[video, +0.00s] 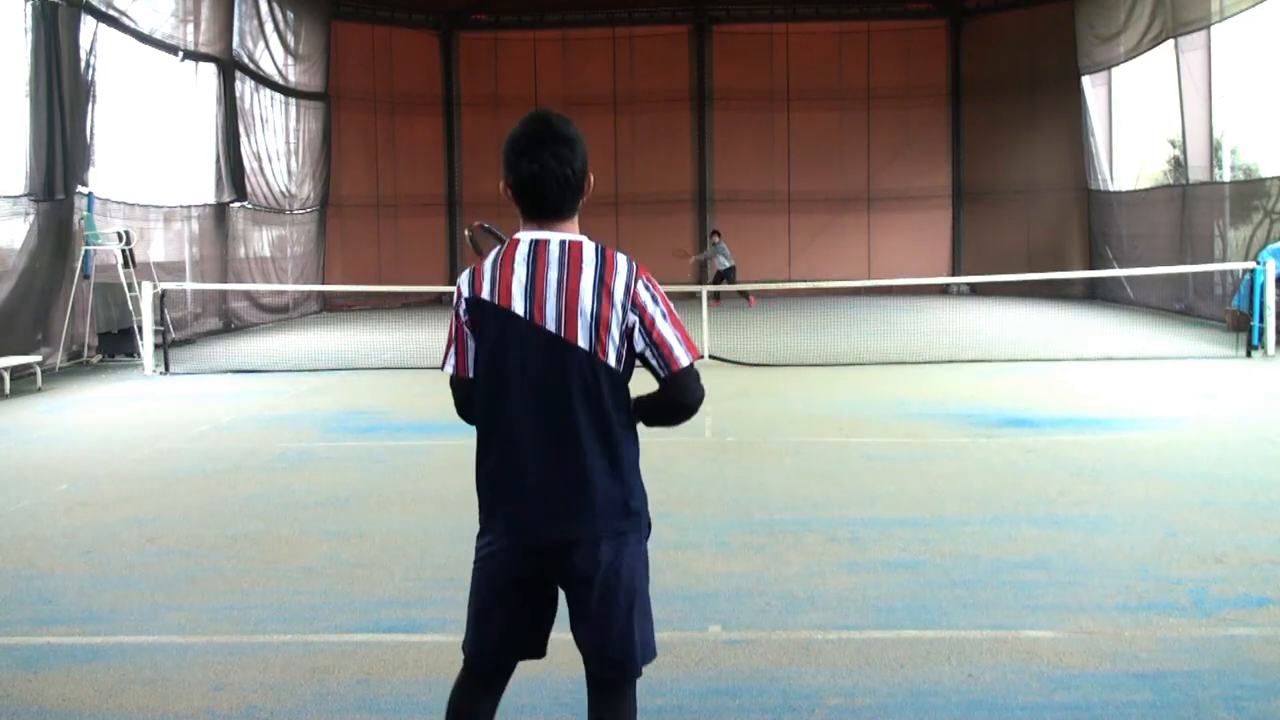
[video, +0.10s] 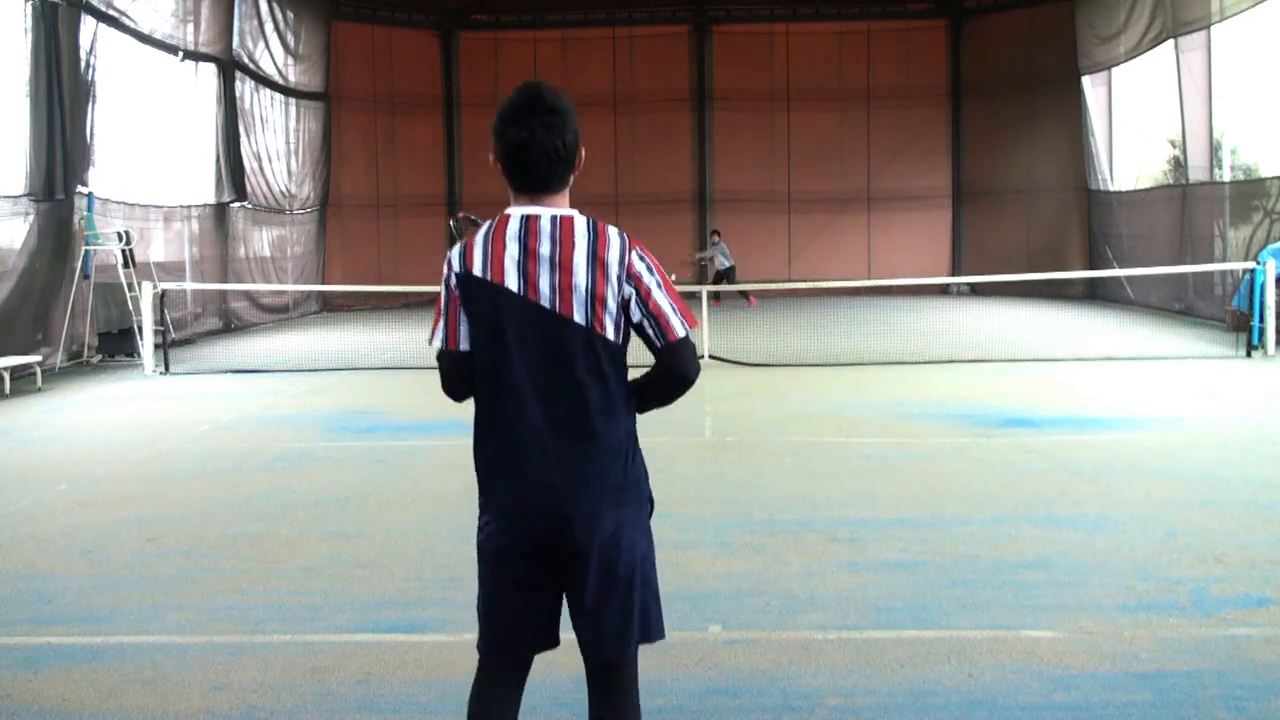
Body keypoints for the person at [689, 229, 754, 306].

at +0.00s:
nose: (714, 239)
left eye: (716, 237)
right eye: (713, 237)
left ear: (719, 237)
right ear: (711, 238)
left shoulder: (720, 246)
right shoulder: (714, 247)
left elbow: (709, 255)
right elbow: (708, 255)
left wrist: (696, 257)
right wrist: (696, 257)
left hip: (729, 267)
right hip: (721, 269)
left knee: (732, 284)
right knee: (715, 284)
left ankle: (748, 297)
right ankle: (716, 300)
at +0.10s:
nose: (714, 239)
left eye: (715, 236)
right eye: (712, 237)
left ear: (719, 237)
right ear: (711, 238)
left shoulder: (721, 246)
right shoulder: (714, 247)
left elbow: (709, 253)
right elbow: (709, 254)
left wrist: (698, 255)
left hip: (728, 267)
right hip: (720, 269)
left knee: (732, 284)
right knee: (715, 284)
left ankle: (748, 298)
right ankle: (717, 300)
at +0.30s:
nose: (715, 233)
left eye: (717, 231)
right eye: (714, 231)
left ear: (720, 231)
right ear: (712, 232)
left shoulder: (724, 238)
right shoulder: (713, 242)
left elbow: (727, 241)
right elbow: (713, 255)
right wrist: (707, 259)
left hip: (729, 262)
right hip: (719, 264)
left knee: (737, 282)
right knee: (716, 283)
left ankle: (748, 298)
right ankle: (717, 300)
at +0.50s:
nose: (721, 228)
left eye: (722, 226)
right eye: (720, 227)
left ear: (726, 227)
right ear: (718, 228)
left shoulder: (732, 235)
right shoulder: (719, 236)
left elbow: (738, 237)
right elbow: (718, 233)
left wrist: (740, 230)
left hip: (733, 259)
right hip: (722, 258)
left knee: (737, 279)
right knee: (717, 279)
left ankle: (740, 298)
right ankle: (716, 298)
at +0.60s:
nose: (725, 230)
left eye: (727, 228)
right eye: (724, 228)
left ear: (730, 228)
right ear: (722, 229)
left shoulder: (736, 238)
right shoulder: (723, 237)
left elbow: (744, 242)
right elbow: (730, 232)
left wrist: (747, 234)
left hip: (734, 261)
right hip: (724, 260)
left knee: (737, 281)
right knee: (718, 281)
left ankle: (739, 300)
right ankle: (714, 299)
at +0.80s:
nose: (734, 231)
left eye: (735, 229)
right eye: (732, 229)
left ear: (738, 230)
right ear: (730, 230)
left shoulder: (739, 240)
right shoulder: (732, 237)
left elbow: (741, 247)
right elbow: (741, 237)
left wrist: (746, 243)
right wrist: (749, 236)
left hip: (736, 263)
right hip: (727, 261)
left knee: (738, 283)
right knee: (720, 281)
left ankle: (739, 301)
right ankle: (713, 297)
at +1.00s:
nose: (736, 233)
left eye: (737, 231)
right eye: (734, 231)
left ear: (739, 232)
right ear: (731, 233)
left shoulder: (739, 243)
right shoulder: (732, 241)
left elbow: (741, 251)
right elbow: (739, 245)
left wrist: (747, 249)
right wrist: (747, 248)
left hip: (735, 265)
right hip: (727, 263)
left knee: (738, 283)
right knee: (721, 281)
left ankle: (738, 301)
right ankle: (713, 297)